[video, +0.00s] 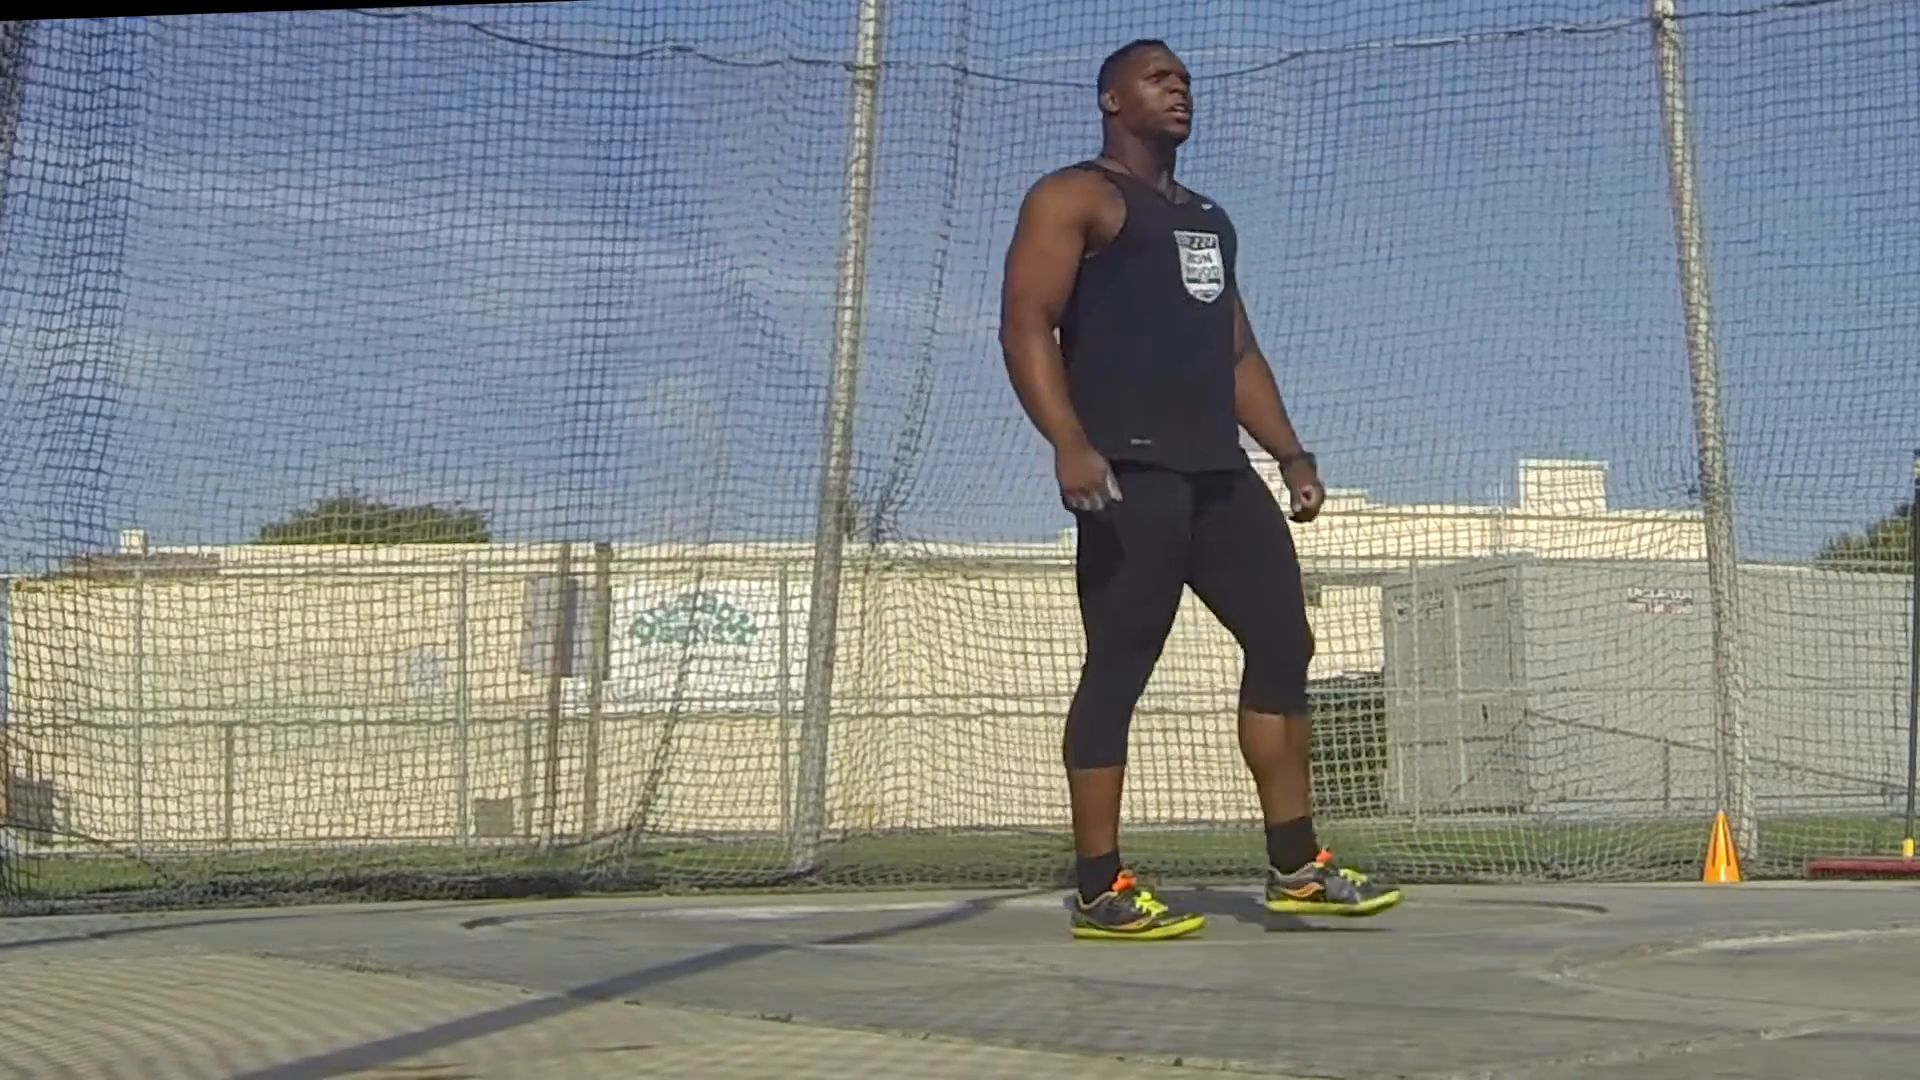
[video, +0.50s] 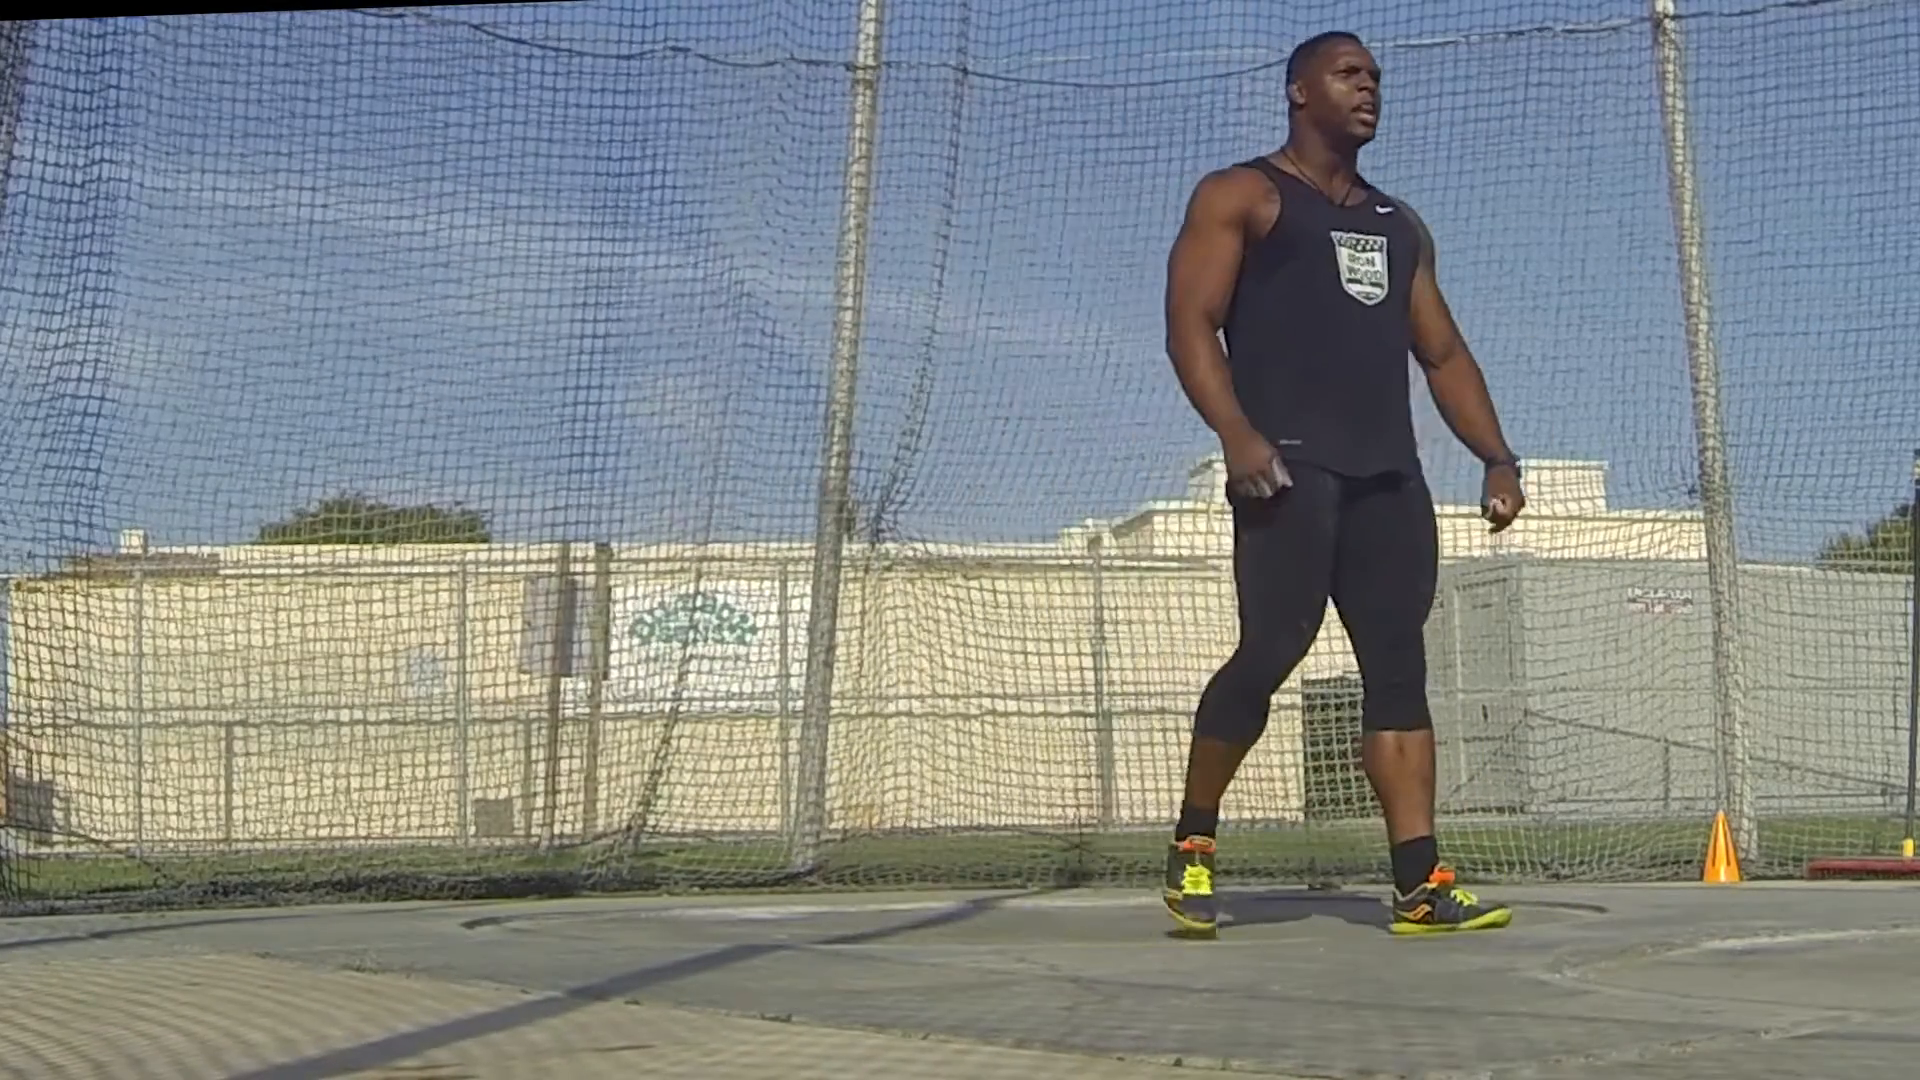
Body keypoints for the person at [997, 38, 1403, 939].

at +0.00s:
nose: (1180, 92)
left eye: (1184, 81)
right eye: (1159, 79)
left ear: (1186, 105)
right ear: (1111, 101)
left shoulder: (1206, 218)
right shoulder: (1071, 196)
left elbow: (1238, 351)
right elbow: (1024, 327)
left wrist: (1290, 451)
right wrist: (1070, 443)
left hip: (1220, 476)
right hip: (1127, 475)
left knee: (1281, 644)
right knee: (1114, 673)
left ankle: (1297, 866)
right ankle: (1099, 886)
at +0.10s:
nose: (1230, 106)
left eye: (1235, 94)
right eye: (1210, 89)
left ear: (1231, 114)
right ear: (1158, 103)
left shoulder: (1239, 233)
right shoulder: (1097, 208)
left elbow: (1262, 372)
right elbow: (1042, 346)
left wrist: (1305, 482)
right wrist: (1087, 468)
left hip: (1254, 488)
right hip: (1151, 485)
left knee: (1304, 660)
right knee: (1135, 678)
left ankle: (1366, 868)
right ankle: (1102, 887)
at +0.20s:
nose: (1267, 108)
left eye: (1272, 96)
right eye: (1248, 91)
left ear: (1271, 117)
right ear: (1195, 103)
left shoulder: (1279, 234)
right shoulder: (1132, 211)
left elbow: (1290, 365)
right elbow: (1078, 357)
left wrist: (1306, 480)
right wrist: (1107, 488)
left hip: (1282, 492)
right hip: (1180, 489)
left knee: (1328, 672)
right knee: (1151, 680)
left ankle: (1401, 871)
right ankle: (1104, 883)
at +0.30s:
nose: (1307, 107)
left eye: (1313, 96)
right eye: (1288, 90)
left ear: (1313, 121)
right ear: (1236, 106)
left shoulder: (1325, 237)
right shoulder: (1174, 211)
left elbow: (1338, 370)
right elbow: (1120, 356)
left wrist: (1356, 481)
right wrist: (1141, 491)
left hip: (1322, 487)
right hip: (1218, 484)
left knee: (1357, 675)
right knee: (1182, 678)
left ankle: (1413, 880)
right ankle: (1115, 877)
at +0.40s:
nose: (1342, 97)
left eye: (1347, 87)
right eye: (1323, 83)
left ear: (1350, 109)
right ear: (1272, 98)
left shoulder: (1365, 233)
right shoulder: (1210, 202)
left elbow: (1390, 370)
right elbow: (1163, 345)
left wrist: (1430, 483)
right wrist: (1189, 472)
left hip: (1359, 481)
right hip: (1255, 473)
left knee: (1387, 666)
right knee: (1227, 664)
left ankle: (1420, 880)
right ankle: (1144, 863)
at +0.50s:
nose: (1368, 89)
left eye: (1373, 78)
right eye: (1349, 75)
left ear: (1378, 100)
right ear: (1299, 94)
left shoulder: (1398, 226)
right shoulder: (1238, 194)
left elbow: (1444, 354)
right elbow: (1189, 326)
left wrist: (1496, 455)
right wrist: (1237, 436)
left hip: (1387, 474)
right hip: (1284, 465)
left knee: (1397, 661)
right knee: (1270, 648)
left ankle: (1419, 882)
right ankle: (1194, 840)